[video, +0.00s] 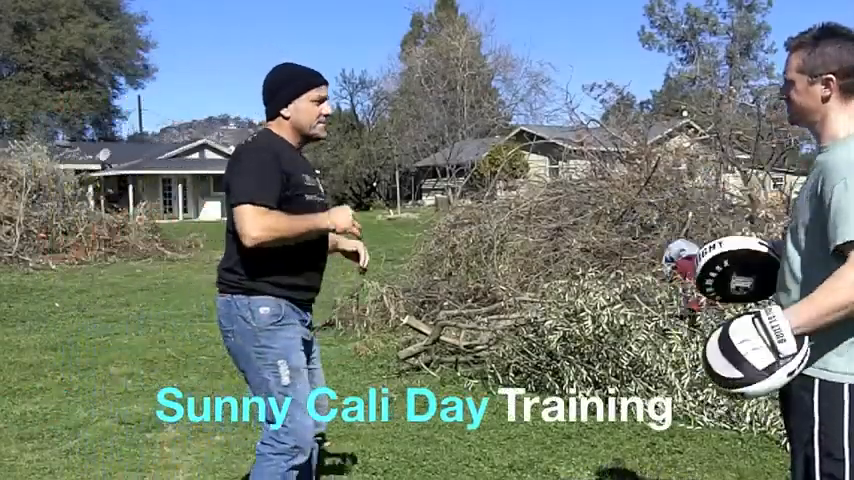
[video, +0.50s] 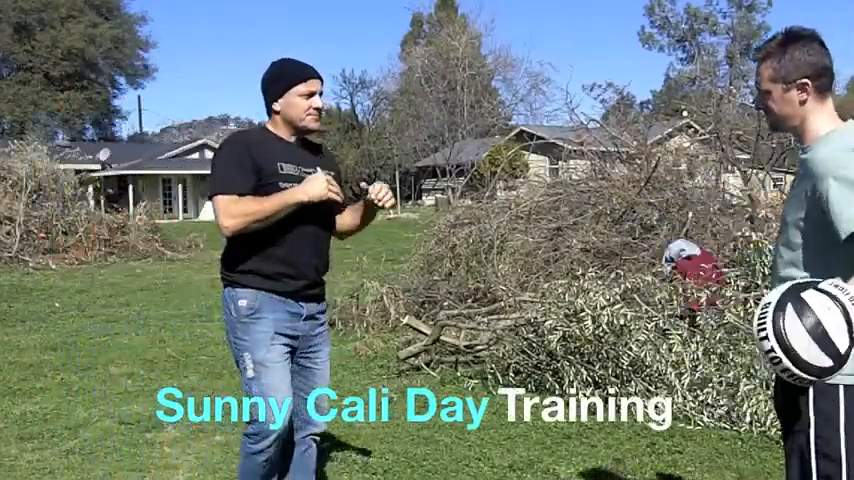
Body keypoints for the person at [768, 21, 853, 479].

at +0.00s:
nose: (784, 94)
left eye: (791, 84)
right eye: (785, 84)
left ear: (826, 87)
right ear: (826, 87)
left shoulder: (841, 167)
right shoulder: (828, 163)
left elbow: (853, 270)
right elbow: (816, 254)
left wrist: (777, 327)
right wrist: (759, 263)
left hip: (832, 374)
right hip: (814, 368)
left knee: (827, 472)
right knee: (812, 470)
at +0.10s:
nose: (778, 94)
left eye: (785, 84)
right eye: (779, 84)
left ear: (821, 88)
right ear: (822, 88)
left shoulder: (841, 166)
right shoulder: (827, 162)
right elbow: (830, 256)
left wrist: (793, 330)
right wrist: (777, 265)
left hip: (833, 376)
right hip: (817, 369)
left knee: (827, 471)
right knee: (812, 470)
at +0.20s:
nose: (768, 97)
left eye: (774, 86)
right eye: (769, 86)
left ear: (812, 89)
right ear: (813, 89)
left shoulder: (837, 168)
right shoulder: (821, 158)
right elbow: (832, 252)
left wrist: (829, 324)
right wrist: (785, 265)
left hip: (827, 366)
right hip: (807, 360)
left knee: (827, 472)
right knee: (809, 468)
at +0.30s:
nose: (764, 100)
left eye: (770, 88)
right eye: (765, 89)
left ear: (808, 90)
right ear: (809, 90)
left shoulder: (835, 170)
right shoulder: (818, 160)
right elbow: (826, 257)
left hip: (827, 372)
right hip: (806, 365)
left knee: (826, 470)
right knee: (807, 467)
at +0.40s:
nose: (759, 102)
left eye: (765, 90)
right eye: (760, 90)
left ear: (803, 90)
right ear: (805, 91)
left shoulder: (833, 167)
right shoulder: (818, 158)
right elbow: (826, 262)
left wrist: (828, 344)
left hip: (825, 373)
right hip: (806, 366)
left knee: (826, 472)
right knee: (809, 469)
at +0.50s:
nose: (758, 104)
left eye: (764, 92)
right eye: (759, 93)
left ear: (801, 90)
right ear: (803, 91)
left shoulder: (831, 163)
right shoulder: (821, 156)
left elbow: (851, 261)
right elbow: (827, 262)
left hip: (828, 378)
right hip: (815, 372)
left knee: (825, 472)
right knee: (815, 470)